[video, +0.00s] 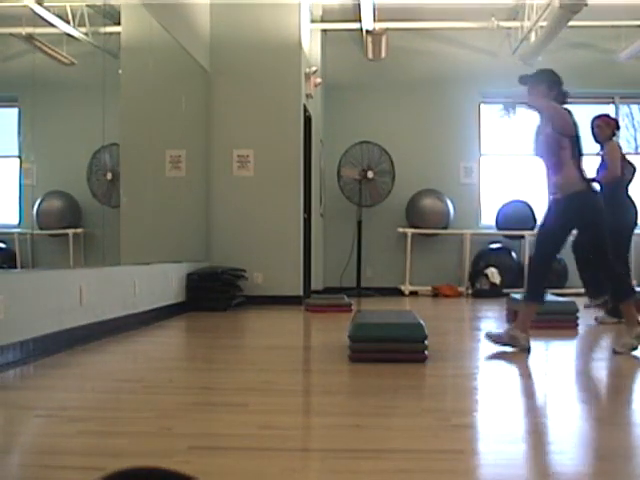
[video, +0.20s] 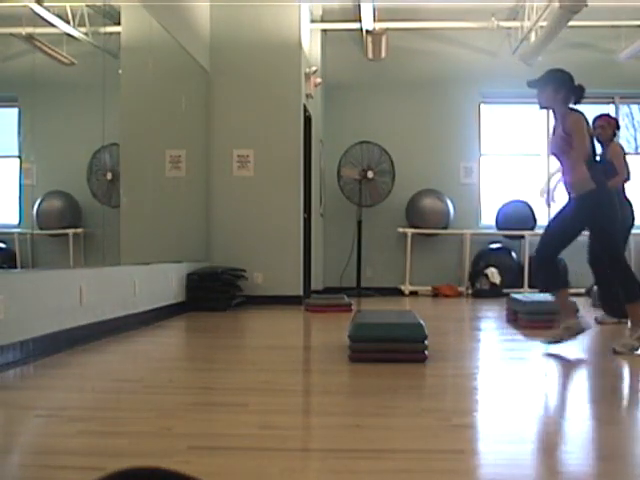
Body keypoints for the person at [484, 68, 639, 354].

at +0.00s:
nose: (529, 95)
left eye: (533, 89)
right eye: (528, 90)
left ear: (551, 90)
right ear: (542, 92)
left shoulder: (562, 117)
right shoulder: (544, 123)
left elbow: (559, 119)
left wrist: (529, 102)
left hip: (583, 199)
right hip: (560, 202)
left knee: (603, 261)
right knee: (539, 262)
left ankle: (633, 325)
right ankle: (520, 331)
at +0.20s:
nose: (537, 95)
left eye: (542, 90)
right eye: (538, 90)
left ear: (558, 92)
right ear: (553, 94)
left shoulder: (574, 117)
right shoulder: (559, 124)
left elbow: (580, 158)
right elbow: (565, 159)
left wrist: (557, 147)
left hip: (599, 199)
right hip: (578, 202)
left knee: (610, 261)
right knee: (544, 254)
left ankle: (636, 327)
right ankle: (569, 317)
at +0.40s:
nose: (532, 93)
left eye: (536, 88)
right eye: (532, 88)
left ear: (551, 90)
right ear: (550, 92)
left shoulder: (569, 119)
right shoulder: (553, 120)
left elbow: (606, 152)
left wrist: (622, 190)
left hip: (588, 199)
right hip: (574, 201)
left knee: (599, 261)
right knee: (568, 265)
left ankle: (629, 325)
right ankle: (603, 325)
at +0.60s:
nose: (514, 91)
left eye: (519, 86)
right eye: (515, 86)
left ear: (535, 91)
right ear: (527, 93)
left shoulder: (560, 118)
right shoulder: (529, 124)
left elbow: (599, 132)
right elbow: (546, 159)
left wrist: (631, 147)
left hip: (578, 194)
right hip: (560, 199)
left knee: (550, 249)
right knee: (580, 259)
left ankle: (564, 318)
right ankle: (605, 325)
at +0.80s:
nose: (500, 95)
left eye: (505, 90)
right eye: (500, 90)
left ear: (521, 92)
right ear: (512, 94)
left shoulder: (539, 123)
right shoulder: (511, 128)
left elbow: (563, 153)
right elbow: (514, 164)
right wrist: (510, 194)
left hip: (551, 201)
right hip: (532, 203)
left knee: (532, 262)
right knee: (544, 263)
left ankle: (534, 336)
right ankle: (595, 314)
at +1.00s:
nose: (471, 83)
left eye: (475, 76)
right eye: (470, 77)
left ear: (493, 75)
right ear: (487, 77)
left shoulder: (508, 106)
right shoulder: (487, 112)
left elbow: (466, 134)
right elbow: (460, 135)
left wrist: (428, 139)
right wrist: (424, 139)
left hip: (536, 186)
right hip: (516, 186)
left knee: (533, 254)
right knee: (472, 224)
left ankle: (533, 330)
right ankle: (474, 301)